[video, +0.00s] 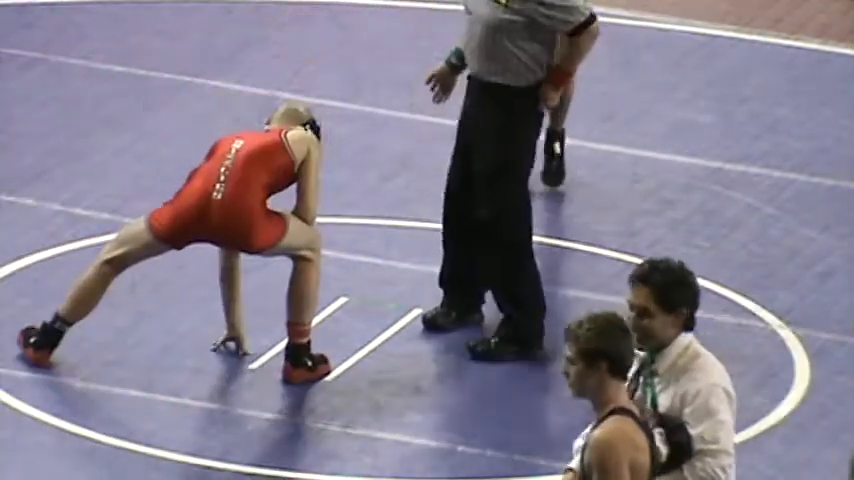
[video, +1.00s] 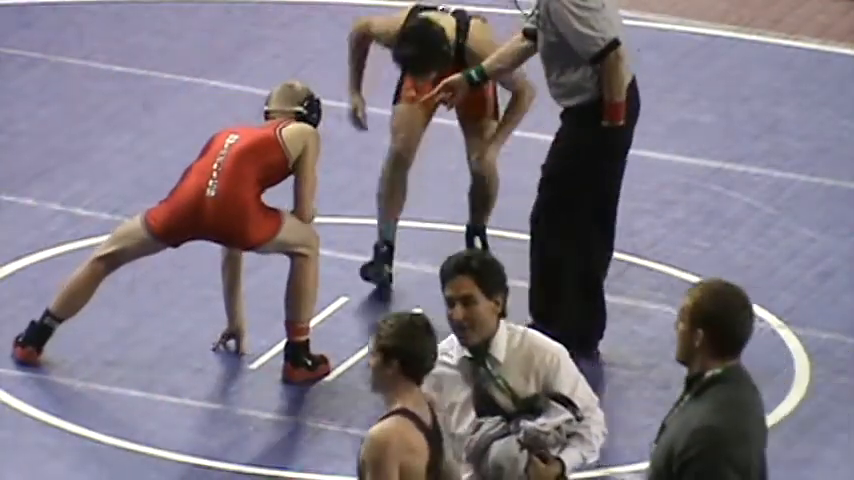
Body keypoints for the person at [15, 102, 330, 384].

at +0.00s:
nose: (314, 147)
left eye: (314, 142)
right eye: (316, 140)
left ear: (274, 123)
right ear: (308, 131)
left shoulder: (234, 143)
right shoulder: (307, 140)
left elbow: (229, 259)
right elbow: (307, 217)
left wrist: (235, 332)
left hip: (184, 216)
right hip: (243, 227)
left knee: (111, 260)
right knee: (310, 246)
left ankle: (46, 341)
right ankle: (299, 359)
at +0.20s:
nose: (319, 140)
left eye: (318, 135)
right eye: (320, 133)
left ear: (276, 120)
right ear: (311, 125)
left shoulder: (236, 139)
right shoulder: (310, 136)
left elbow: (231, 255)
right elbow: (306, 214)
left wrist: (236, 330)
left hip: (183, 209)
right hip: (240, 221)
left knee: (111, 257)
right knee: (309, 245)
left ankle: (43, 340)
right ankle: (299, 359)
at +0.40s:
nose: (317, 140)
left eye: (316, 134)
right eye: (319, 133)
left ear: (276, 119)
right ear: (311, 125)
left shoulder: (233, 137)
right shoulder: (309, 138)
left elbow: (232, 253)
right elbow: (302, 213)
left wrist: (236, 330)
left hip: (177, 210)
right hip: (235, 221)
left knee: (105, 255)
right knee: (307, 245)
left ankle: (34, 337)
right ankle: (299, 359)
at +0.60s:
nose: (313, 138)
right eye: (315, 131)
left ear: (270, 117)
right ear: (308, 123)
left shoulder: (229, 139)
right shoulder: (305, 137)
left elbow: (230, 251)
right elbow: (296, 214)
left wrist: (235, 328)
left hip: (174, 211)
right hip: (231, 220)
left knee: (101, 257)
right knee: (302, 243)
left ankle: (33, 339)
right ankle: (298, 359)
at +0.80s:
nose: (314, 132)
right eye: (315, 124)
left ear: (269, 113)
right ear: (308, 117)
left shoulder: (230, 138)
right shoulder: (306, 134)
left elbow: (230, 245)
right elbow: (297, 212)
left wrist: (235, 323)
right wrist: (272, 242)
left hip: (177, 210)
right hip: (234, 220)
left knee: (101, 257)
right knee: (304, 244)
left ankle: (31, 340)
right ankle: (298, 359)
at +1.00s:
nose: (316, 130)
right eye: (316, 121)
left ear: (269, 112)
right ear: (308, 116)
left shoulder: (231, 136)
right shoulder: (306, 133)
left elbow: (232, 247)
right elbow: (306, 213)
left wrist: (235, 323)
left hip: (181, 211)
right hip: (238, 218)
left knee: (105, 259)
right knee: (308, 243)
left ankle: (32, 340)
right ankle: (299, 359)